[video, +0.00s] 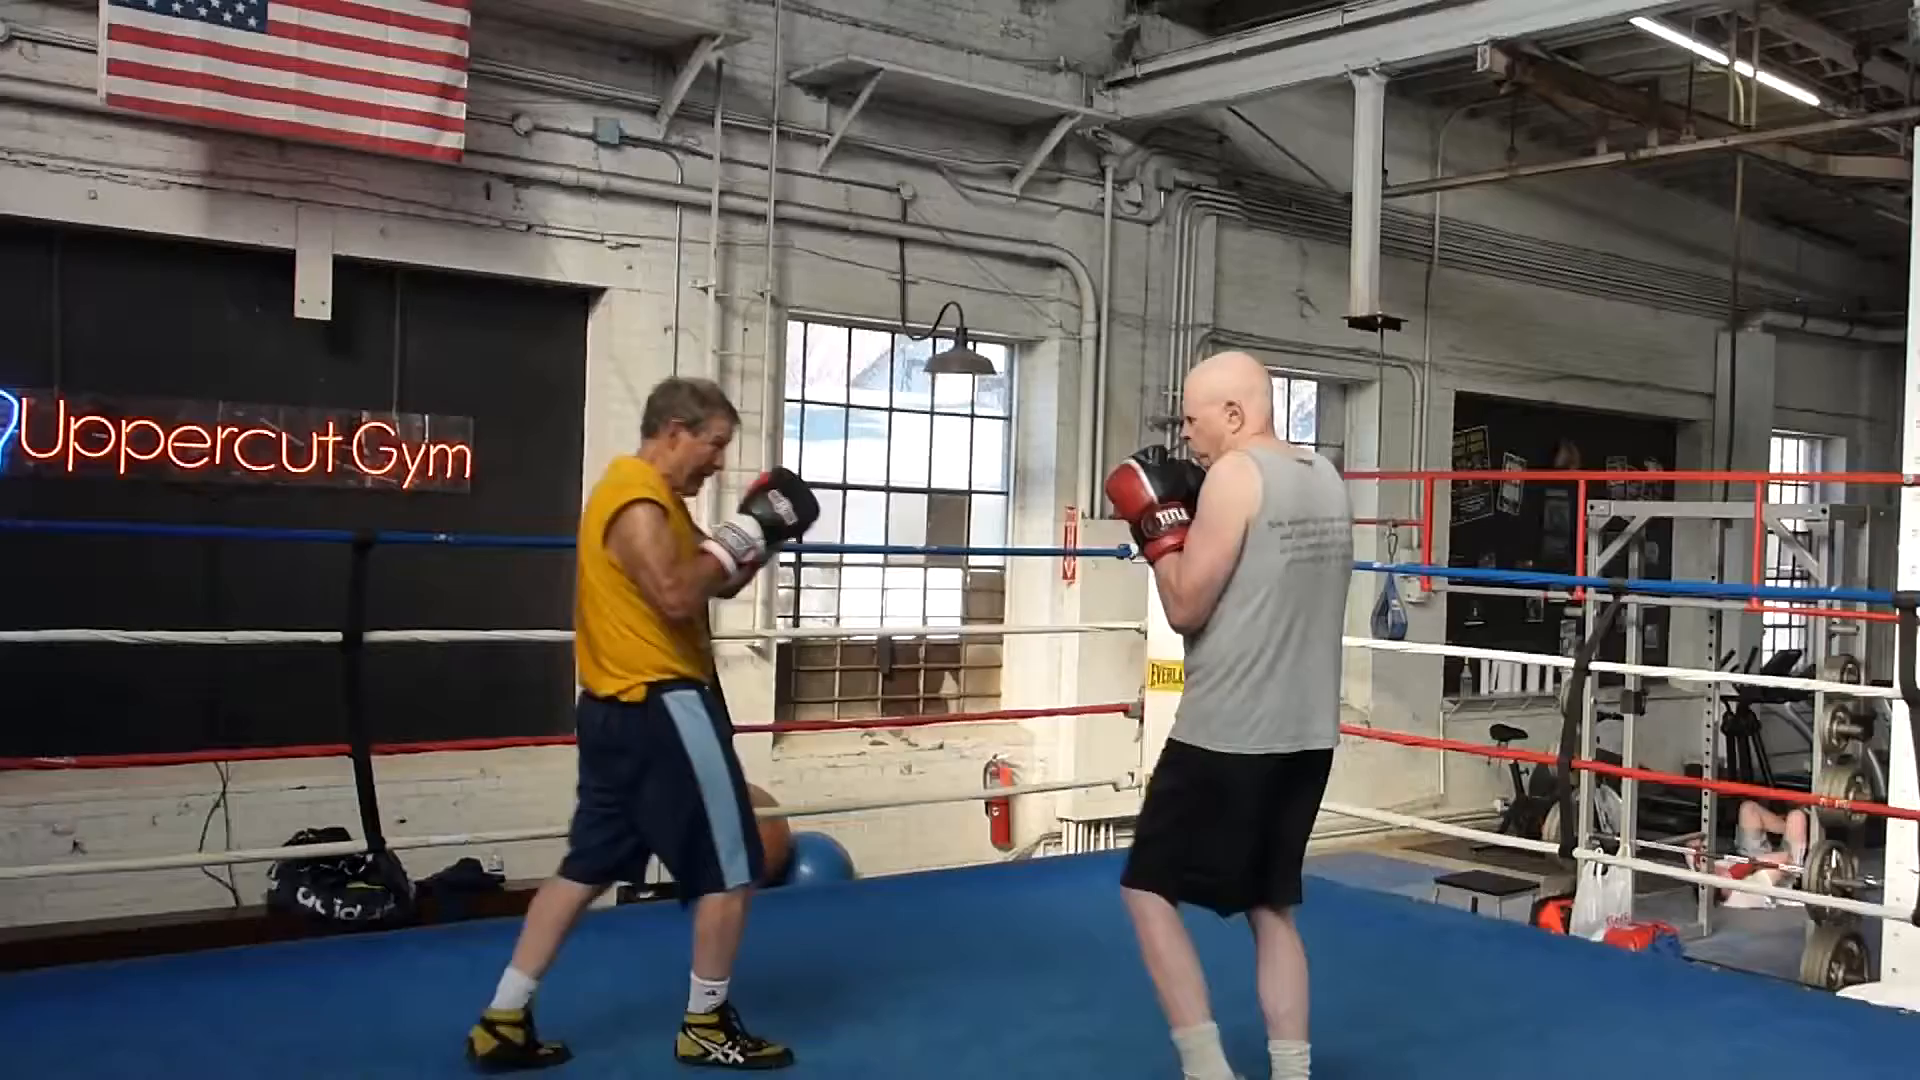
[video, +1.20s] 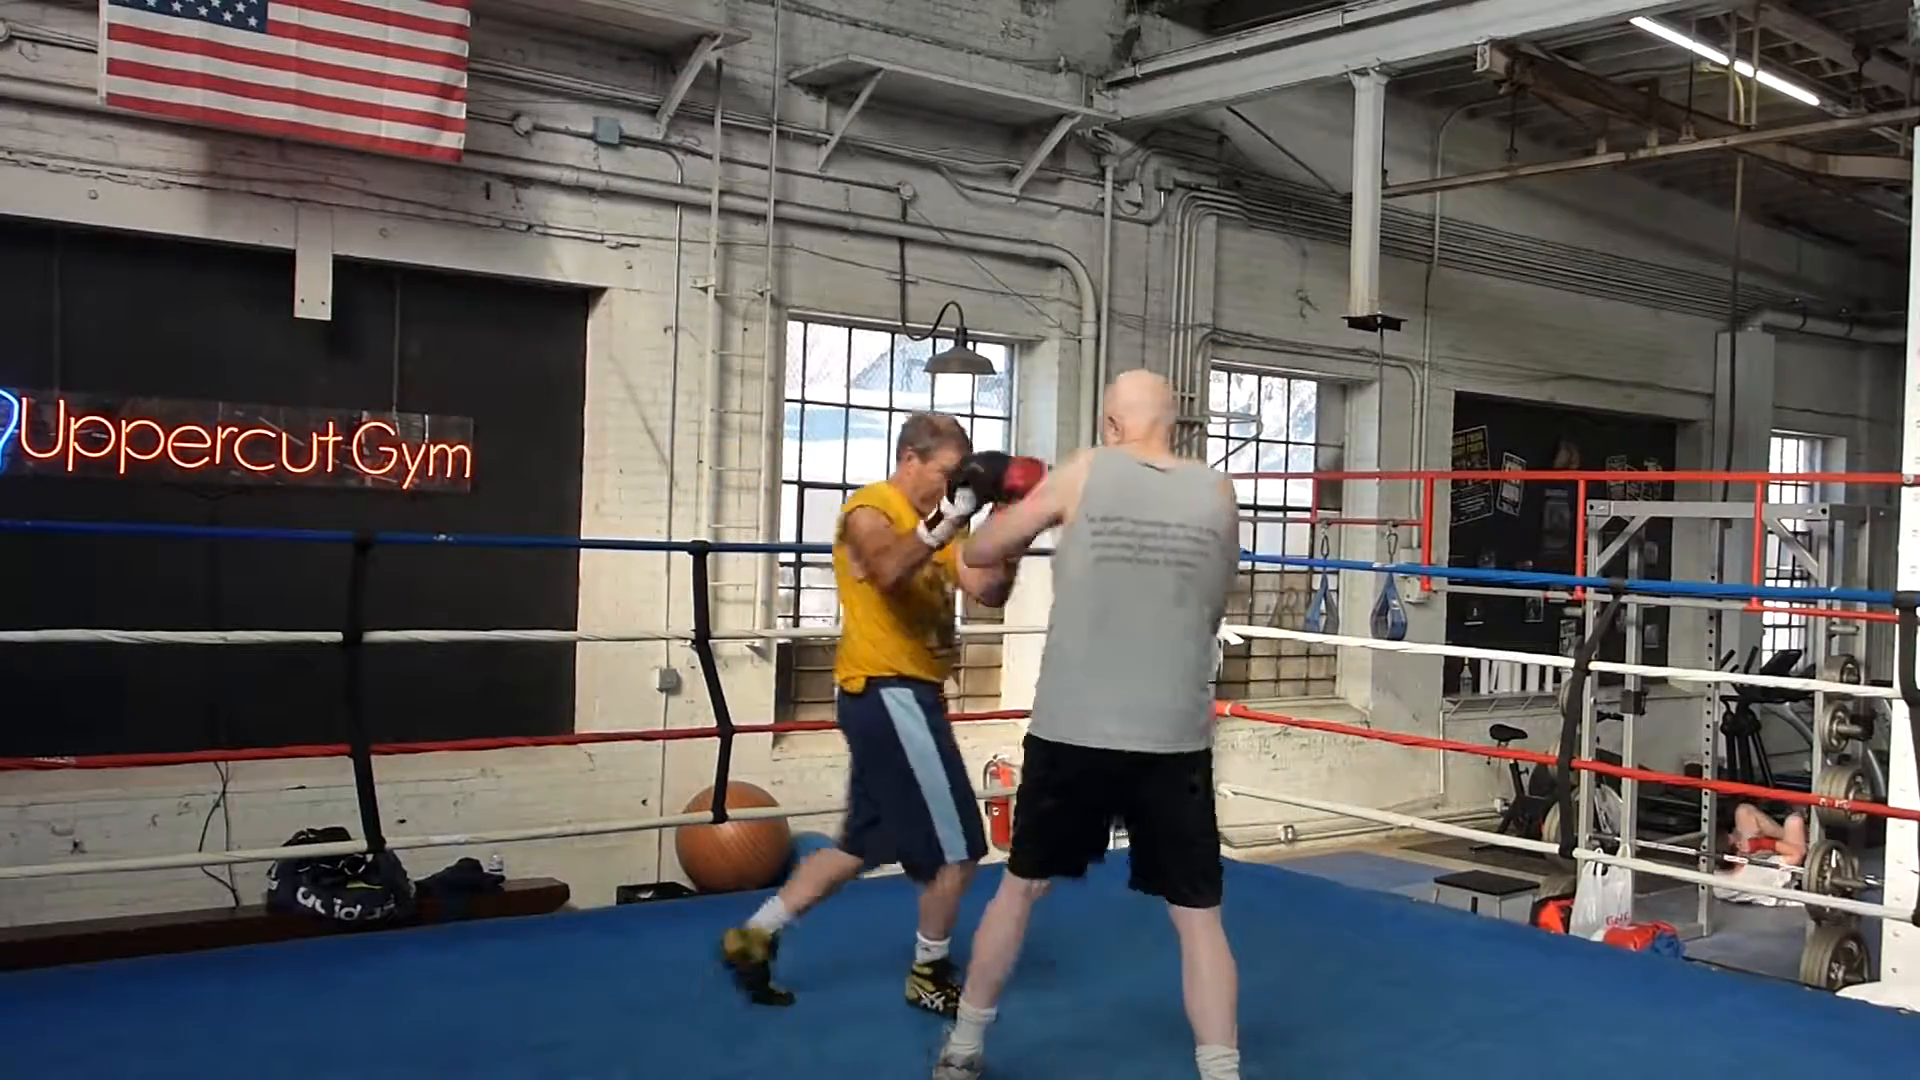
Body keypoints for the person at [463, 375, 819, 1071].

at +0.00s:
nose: (721, 462)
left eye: (725, 447)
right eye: (718, 444)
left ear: (672, 437)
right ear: (677, 433)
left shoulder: (646, 496)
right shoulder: (638, 493)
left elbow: (701, 585)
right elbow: (675, 594)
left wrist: (759, 538)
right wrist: (747, 529)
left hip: (613, 707)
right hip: (665, 704)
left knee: (590, 862)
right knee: (730, 863)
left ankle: (504, 1017)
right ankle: (706, 1025)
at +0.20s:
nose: (767, 463)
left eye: (771, 451)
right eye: (764, 446)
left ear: (721, 433)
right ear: (726, 430)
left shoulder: (672, 485)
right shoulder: (688, 488)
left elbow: (740, 576)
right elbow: (742, 585)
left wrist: (794, 522)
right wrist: (801, 522)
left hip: (665, 693)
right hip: (706, 694)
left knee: (680, 850)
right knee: (748, 861)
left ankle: (569, 957)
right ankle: (708, 1024)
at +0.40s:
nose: (802, 456)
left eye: (808, 444)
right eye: (802, 441)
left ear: (760, 427)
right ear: (764, 423)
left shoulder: (727, 478)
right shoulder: (726, 471)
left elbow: (796, 571)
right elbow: (795, 538)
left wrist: (849, 505)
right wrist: (874, 491)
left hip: (712, 676)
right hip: (728, 677)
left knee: (735, 825)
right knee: (745, 850)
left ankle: (676, 956)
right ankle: (708, 1022)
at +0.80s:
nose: (846, 468)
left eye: (849, 459)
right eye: (842, 456)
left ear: (819, 452)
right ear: (811, 443)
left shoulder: (811, 508)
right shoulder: (765, 489)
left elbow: (876, 569)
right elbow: (821, 556)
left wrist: (898, 497)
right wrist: (848, 480)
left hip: (802, 675)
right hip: (776, 675)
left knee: (775, 838)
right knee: (836, 844)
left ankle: (721, 972)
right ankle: (755, 980)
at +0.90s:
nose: (866, 460)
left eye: (869, 451)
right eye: (860, 448)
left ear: (833, 445)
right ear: (827, 440)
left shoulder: (835, 508)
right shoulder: (780, 488)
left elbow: (896, 567)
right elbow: (823, 558)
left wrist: (923, 501)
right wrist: (861, 483)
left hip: (820, 676)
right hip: (795, 676)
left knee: (769, 832)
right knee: (872, 831)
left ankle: (720, 972)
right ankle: (817, 973)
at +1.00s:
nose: (895, 467)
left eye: (900, 458)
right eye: (888, 454)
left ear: (869, 454)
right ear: (848, 446)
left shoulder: (867, 512)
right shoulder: (800, 498)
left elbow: (919, 576)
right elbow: (821, 579)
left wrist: (950, 519)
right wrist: (865, 509)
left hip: (839, 680)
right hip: (820, 681)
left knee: (776, 831)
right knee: (901, 832)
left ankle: (721, 971)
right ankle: (888, 973)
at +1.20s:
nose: (954, 486)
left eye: (959, 477)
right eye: (949, 472)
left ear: (929, 469)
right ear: (912, 459)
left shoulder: (932, 526)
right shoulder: (872, 506)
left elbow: (989, 591)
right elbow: (886, 570)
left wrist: (1000, 520)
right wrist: (947, 523)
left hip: (909, 686)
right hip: (885, 687)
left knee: (865, 839)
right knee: (955, 843)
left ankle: (755, 936)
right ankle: (929, 973)